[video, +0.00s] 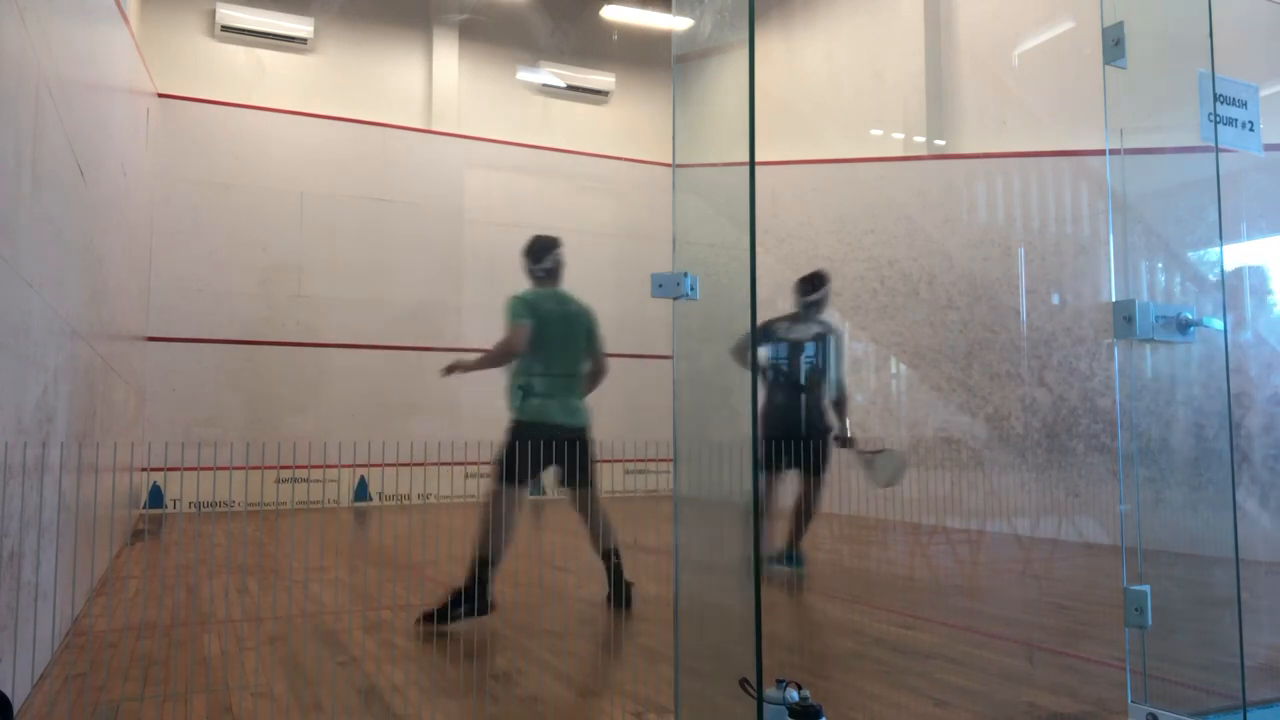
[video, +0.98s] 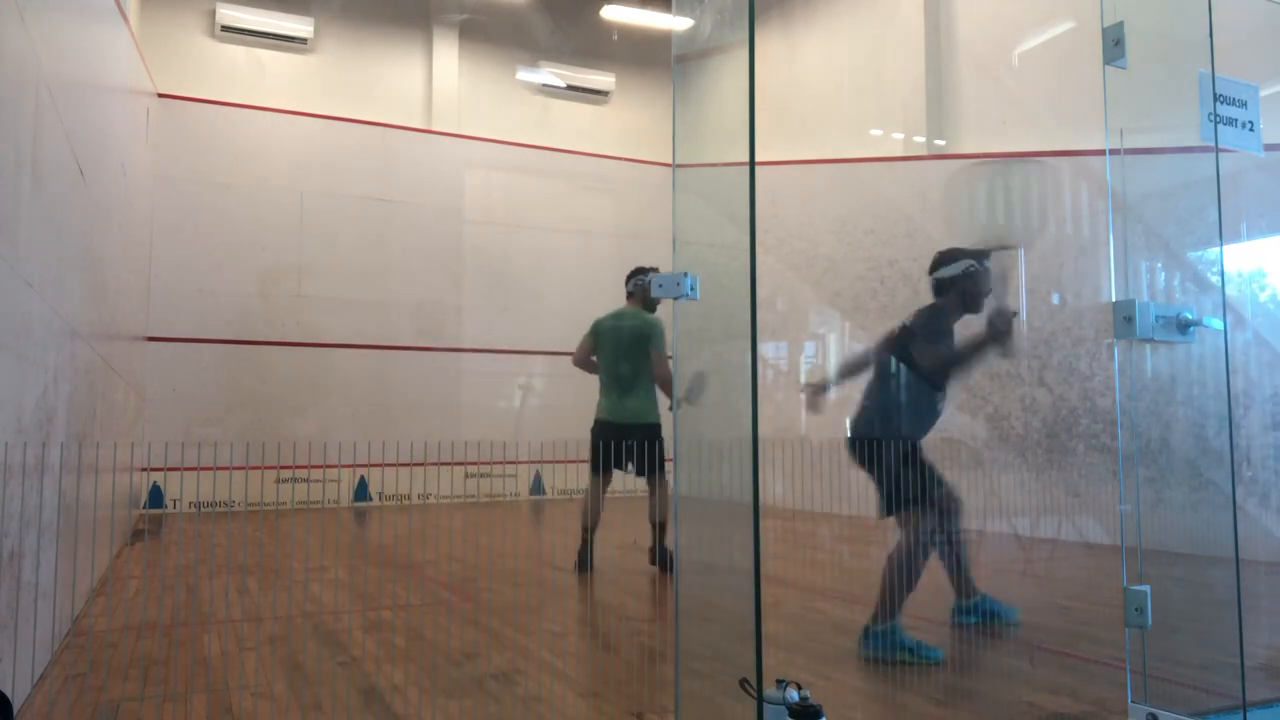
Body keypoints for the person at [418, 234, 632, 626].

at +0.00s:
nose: (544, 270)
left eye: (536, 264)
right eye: (554, 262)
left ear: (528, 268)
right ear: (560, 267)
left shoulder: (524, 302)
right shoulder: (582, 311)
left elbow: (516, 345)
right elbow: (600, 368)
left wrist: (468, 365)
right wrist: (569, 394)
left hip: (532, 427)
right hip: (573, 429)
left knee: (500, 504)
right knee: (589, 502)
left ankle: (475, 590)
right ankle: (619, 584)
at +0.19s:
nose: (593, 255)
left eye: (580, 248)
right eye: (599, 249)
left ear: (572, 250)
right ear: (605, 251)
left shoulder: (559, 282)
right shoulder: (621, 288)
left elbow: (539, 324)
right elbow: (648, 333)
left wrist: (522, 346)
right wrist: (642, 371)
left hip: (579, 399)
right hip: (617, 399)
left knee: (589, 485)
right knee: (612, 478)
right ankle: (639, 546)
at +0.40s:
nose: (641, 283)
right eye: (640, 278)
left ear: (606, 282)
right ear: (637, 281)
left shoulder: (587, 314)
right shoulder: (647, 316)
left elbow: (555, 354)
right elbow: (675, 360)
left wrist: (588, 348)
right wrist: (694, 405)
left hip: (605, 421)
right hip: (641, 420)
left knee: (632, 499)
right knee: (654, 489)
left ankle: (661, 568)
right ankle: (670, 555)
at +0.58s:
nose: (665, 300)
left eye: (665, 293)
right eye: (662, 293)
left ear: (631, 293)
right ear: (649, 293)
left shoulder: (606, 326)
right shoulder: (660, 328)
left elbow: (590, 373)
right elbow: (675, 376)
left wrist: (621, 369)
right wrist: (697, 417)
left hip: (622, 428)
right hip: (658, 427)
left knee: (627, 500)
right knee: (665, 490)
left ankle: (651, 539)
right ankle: (668, 554)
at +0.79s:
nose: (666, 293)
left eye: (665, 287)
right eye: (664, 287)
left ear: (632, 287)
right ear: (656, 287)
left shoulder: (610, 318)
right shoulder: (662, 320)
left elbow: (588, 358)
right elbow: (669, 371)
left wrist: (617, 364)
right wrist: (686, 401)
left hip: (619, 419)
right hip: (656, 419)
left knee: (612, 482)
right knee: (666, 484)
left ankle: (612, 547)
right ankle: (671, 549)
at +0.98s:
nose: (660, 298)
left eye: (660, 290)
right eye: (656, 291)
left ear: (629, 292)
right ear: (644, 291)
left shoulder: (603, 322)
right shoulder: (651, 325)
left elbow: (580, 358)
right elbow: (660, 372)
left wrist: (605, 370)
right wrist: (674, 396)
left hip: (607, 421)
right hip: (643, 422)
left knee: (598, 482)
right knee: (658, 483)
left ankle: (584, 551)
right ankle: (659, 548)